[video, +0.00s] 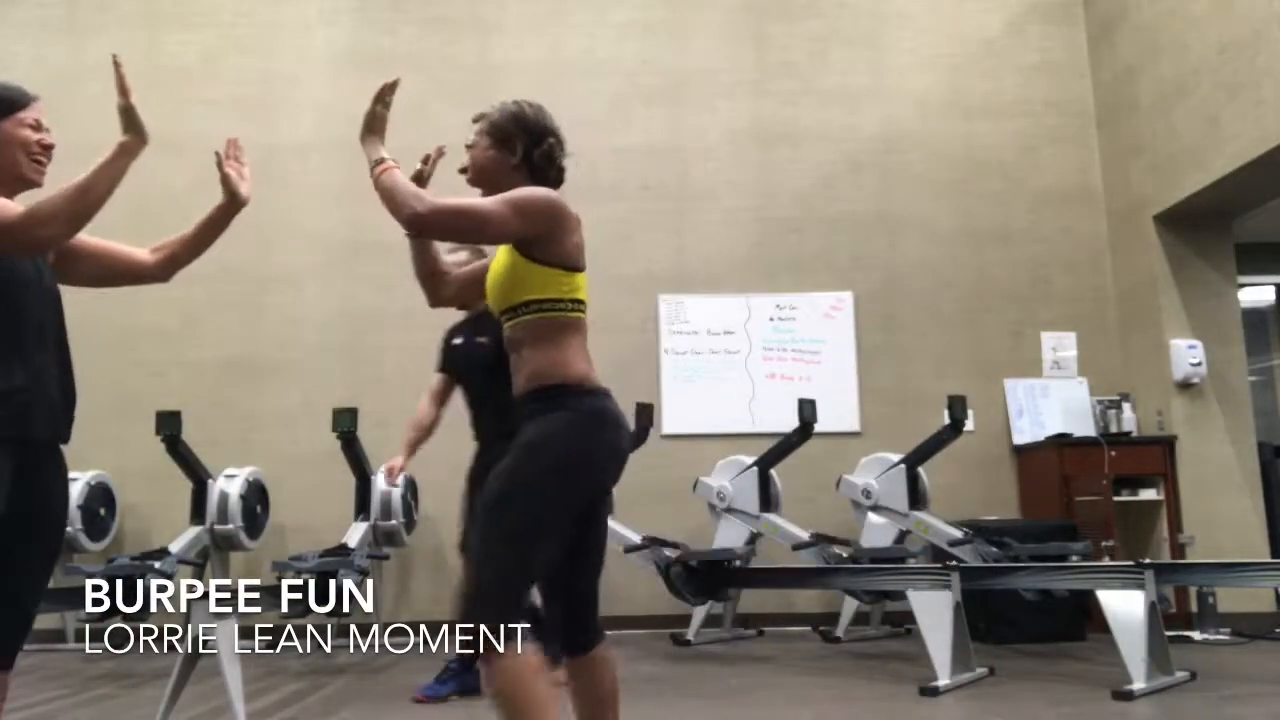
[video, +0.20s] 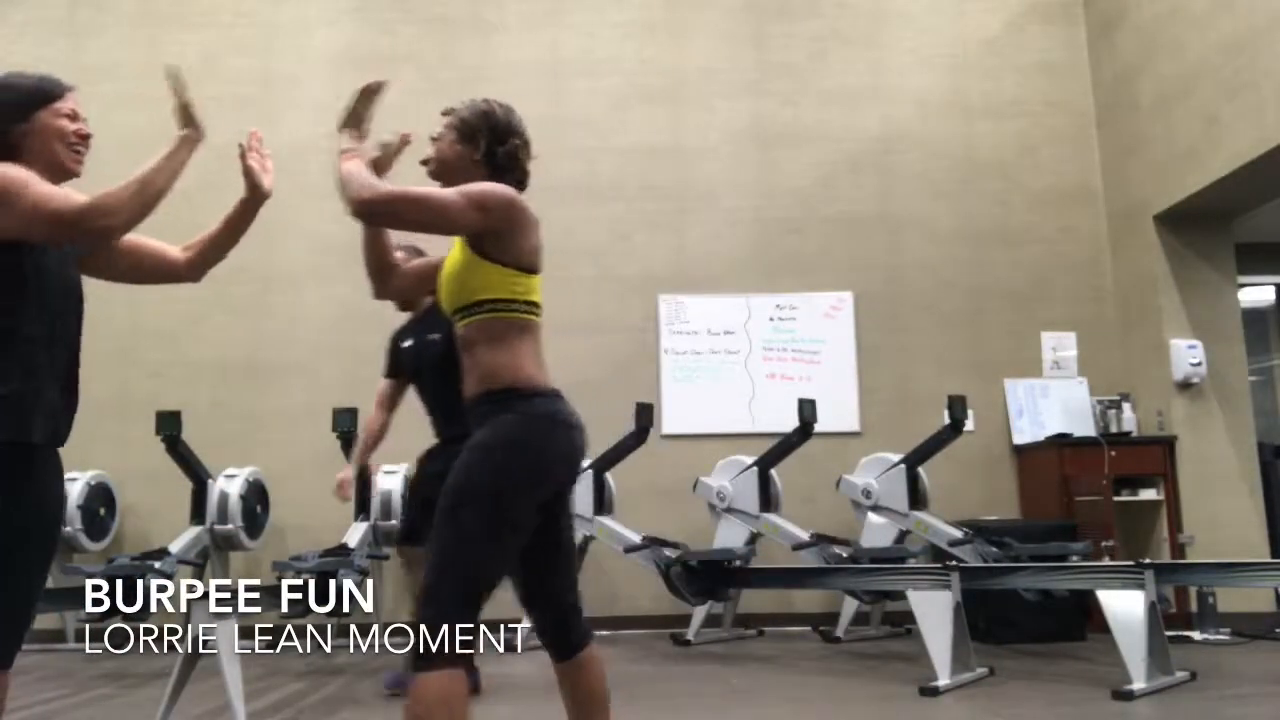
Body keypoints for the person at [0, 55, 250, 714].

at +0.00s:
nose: (47, 140)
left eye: (48, 129)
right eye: (31, 126)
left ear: (37, 142)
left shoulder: (32, 235)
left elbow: (153, 263)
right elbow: (40, 226)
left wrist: (229, 206)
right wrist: (130, 147)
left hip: (38, 458)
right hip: (3, 457)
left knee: (6, 650)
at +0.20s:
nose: (84, 130)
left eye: (82, 120)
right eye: (68, 116)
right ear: (19, 125)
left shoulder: (61, 223)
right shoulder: (4, 184)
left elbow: (185, 263)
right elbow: (95, 219)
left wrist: (253, 199)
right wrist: (186, 143)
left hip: (34, 456)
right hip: (3, 452)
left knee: (5, 647)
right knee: (2, 646)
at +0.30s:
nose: (106, 126)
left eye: (102, 116)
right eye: (88, 115)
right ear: (40, 127)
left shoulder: (93, 221)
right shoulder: (17, 182)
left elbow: (217, 240)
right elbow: (152, 170)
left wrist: (285, 174)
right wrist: (272, 118)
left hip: (26, 455)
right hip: (6, 453)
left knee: (4, 634)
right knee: (2, 631)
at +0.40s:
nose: (111, 127)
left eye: (107, 116)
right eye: (96, 116)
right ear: (51, 126)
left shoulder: (97, 203)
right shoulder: (16, 175)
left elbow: (215, 197)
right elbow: (148, 134)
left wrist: (298, 145)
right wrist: (256, 76)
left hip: (24, 449)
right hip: (5, 446)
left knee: (7, 618)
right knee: (4, 617)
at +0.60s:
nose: (108, 173)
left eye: (115, 158)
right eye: (102, 153)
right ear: (56, 144)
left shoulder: (60, 219)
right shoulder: (9, 209)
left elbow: (171, 211)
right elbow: (56, 141)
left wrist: (249, 170)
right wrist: (146, 47)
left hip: (21, 457)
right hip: (1, 456)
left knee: (5, 611)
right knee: (4, 612)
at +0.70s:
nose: (104, 218)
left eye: (112, 207)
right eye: (102, 202)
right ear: (62, 176)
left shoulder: (61, 237)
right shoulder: (14, 228)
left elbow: (150, 255)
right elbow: (13, 179)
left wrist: (232, 246)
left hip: (18, 469)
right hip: (3, 468)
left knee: (3, 621)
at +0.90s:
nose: (156, 354)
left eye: (168, 345)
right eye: (164, 339)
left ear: (137, 298)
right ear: (144, 314)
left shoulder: (107, 339)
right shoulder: (38, 323)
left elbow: (114, 436)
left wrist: (140, 517)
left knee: (12, 619)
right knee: (10, 620)